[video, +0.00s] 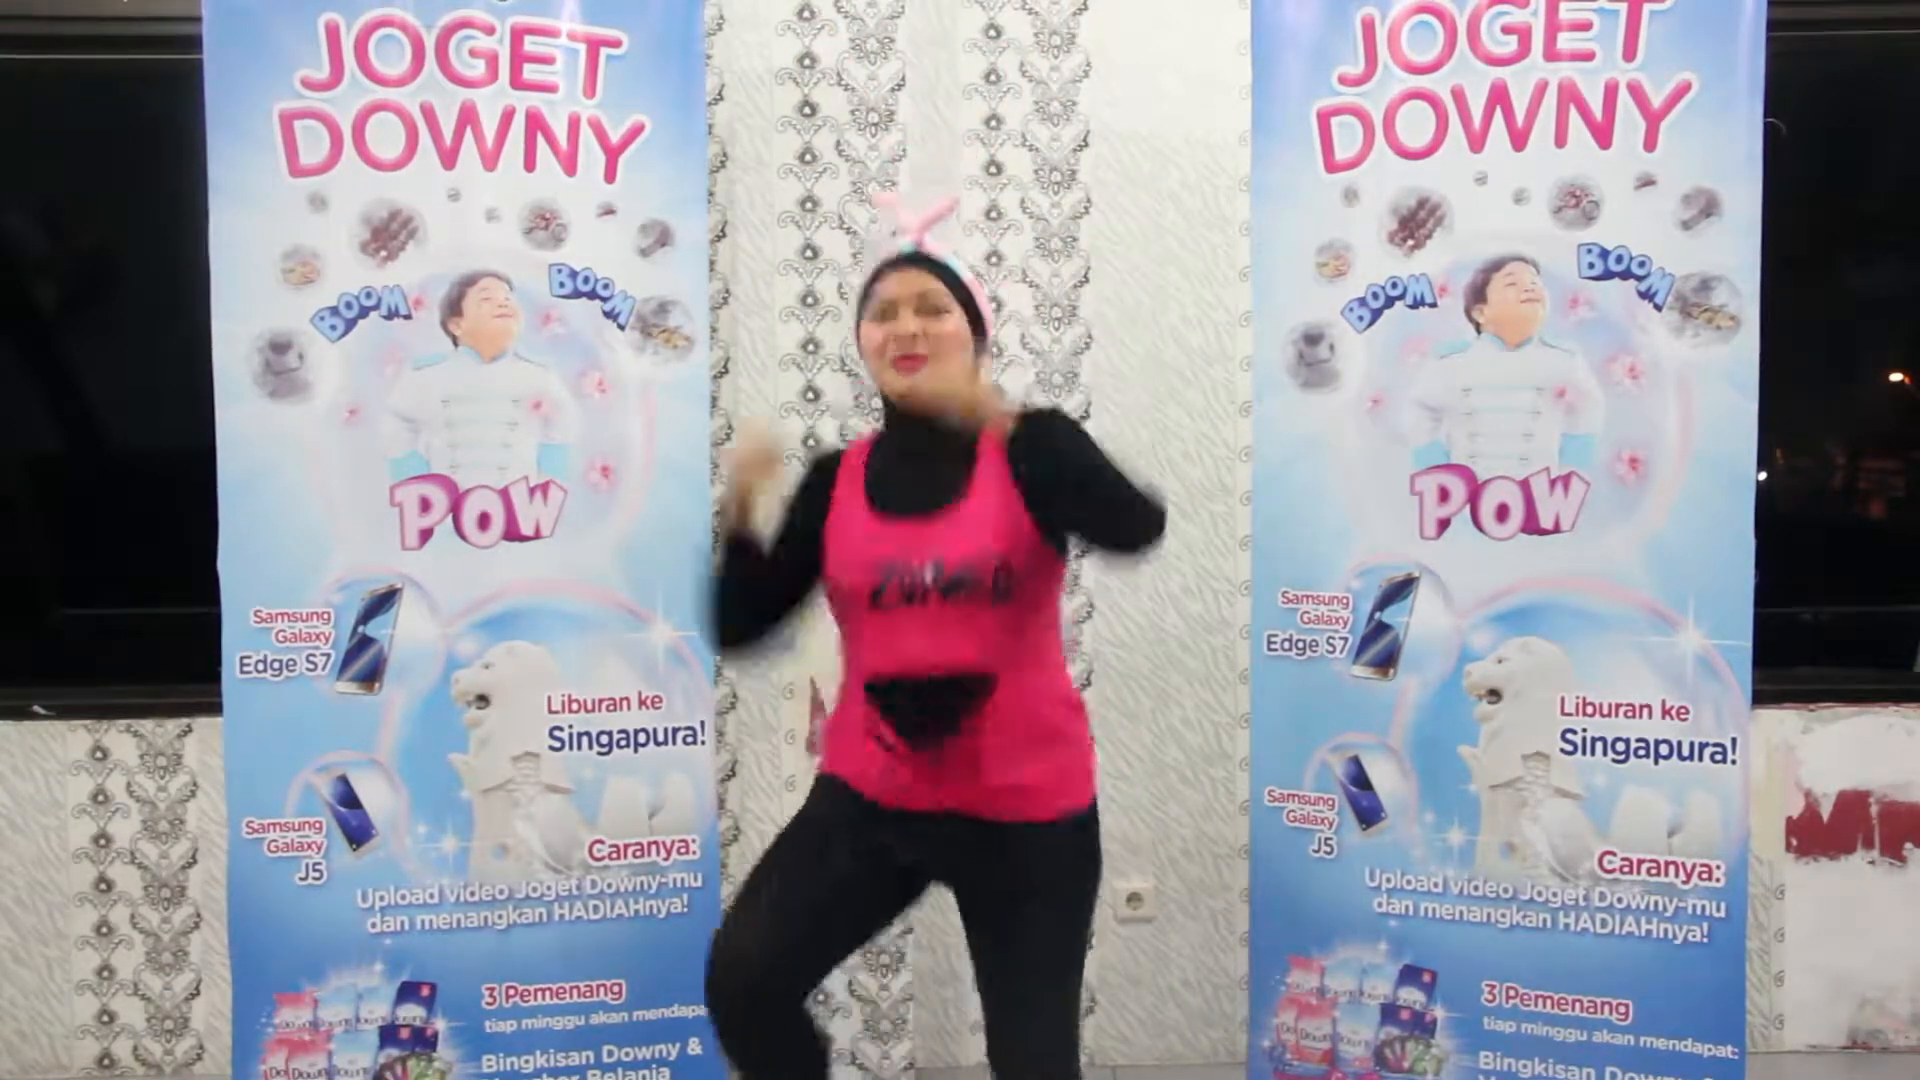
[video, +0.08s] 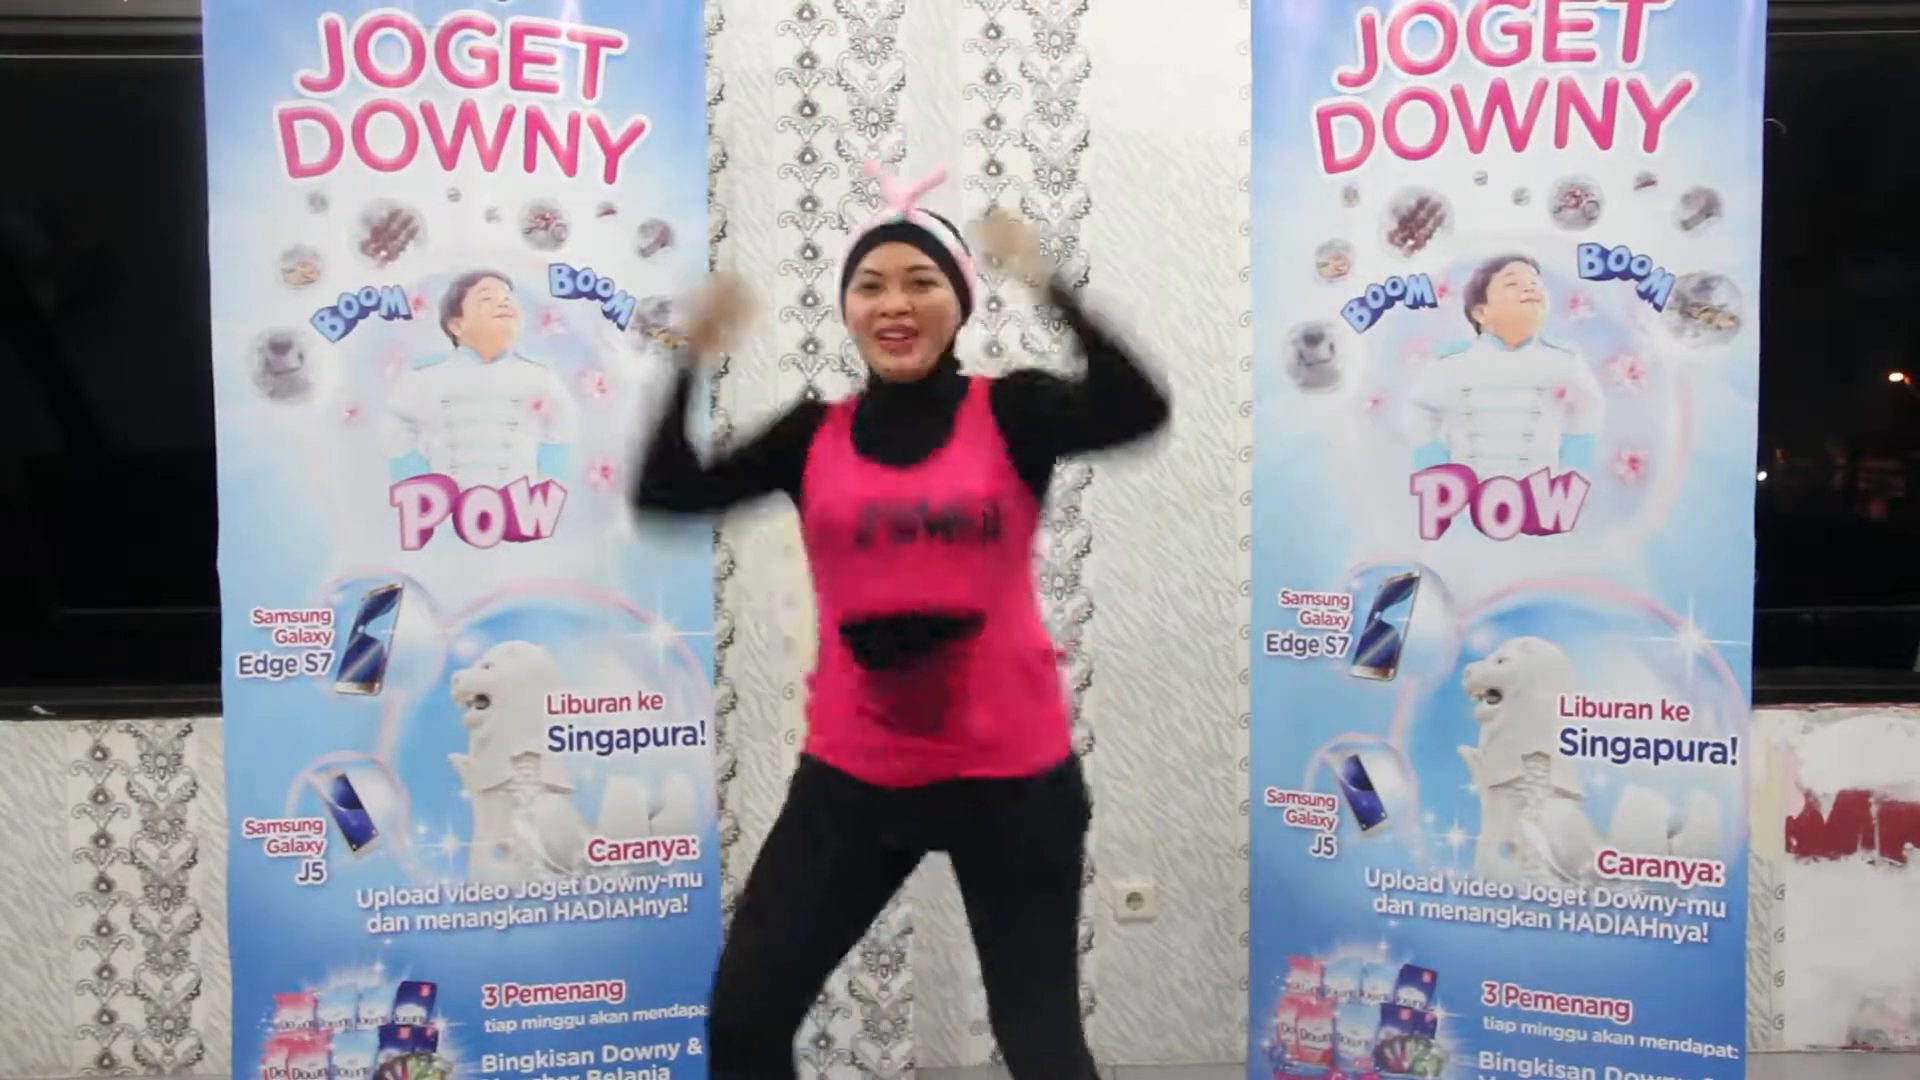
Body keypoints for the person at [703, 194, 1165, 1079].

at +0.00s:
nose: (906, 328)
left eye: (930, 310)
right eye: (884, 314)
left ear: (976, 336)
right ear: (861, 348)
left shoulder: (1032, 453)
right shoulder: (836, 480)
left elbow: (1136, 526)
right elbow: (741, 621)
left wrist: (1012, 425)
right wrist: (738, 523)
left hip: (1024, 809)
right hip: (872, 800)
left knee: (1034, 1059)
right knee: (744, 981)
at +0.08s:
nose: (895, 303)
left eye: (920, 282)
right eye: (872, 285)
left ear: (960, 304)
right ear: (846, 310)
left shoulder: (1014, 410)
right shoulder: (812, 435)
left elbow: (1139, 409)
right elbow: (664, 492)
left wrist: (1053, 287)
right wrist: (690, 359)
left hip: (1011, 780)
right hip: (857, 781)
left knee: (1042, 1042)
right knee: (744, 1022)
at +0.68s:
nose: (866, 369)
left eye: (890, 348)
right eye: (839, 347)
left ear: (917, 369)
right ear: (801, 367)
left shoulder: (946, 485)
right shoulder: (742, 488)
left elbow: (951, 639)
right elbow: (745, 639)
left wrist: (1001, 646)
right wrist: (826, 524)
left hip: (938, 822)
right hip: (785, 825)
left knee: (945, 1044)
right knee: (760, 1060)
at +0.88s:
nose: (873, 326)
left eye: (895, 307)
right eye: (849, 308)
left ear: (925, 329)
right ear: (812, 333)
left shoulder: (954, 448)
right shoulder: (767, 439)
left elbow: (984, 611)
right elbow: (832, 513)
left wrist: (1011, 576)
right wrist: (964, 539)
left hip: (951, 764)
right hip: (804, 786)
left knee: (950, 936)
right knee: (787, 1051)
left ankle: (978, 1069)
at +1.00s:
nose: (904, 296)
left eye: (926, 276)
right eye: (879, 278)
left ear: (961, 294)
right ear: (846, 300)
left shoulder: (1008, 403)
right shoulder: (795, 422)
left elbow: (1118, 547)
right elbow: (753, 590)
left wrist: (1011, 443)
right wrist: (817, 553)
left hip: (986, 776)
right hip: (828, 774)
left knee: (1007, 1043)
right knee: (793, 1038)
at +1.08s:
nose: (924, 340)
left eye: (946, 318)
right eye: (898, 321)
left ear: (981, 341)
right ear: (868, 350)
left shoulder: (1036, 452)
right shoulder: (824, 485)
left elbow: (1111, 524)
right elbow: (786, 673)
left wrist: (970, 503)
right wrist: (747, 631)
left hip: (1010, 817)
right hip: (852, 812)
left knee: (1022, 1062)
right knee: (795, 1051)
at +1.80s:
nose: (874, 333)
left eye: (898, 315)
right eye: (850, 312)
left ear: (930, 342)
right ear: (814, 335)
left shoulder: (973, 444)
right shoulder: (752, 427)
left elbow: (1142, 437)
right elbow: (614, 354)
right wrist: (500, 236)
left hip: (944, 824)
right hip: (777, 827)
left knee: (1018, 1062)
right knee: (759, 1067)